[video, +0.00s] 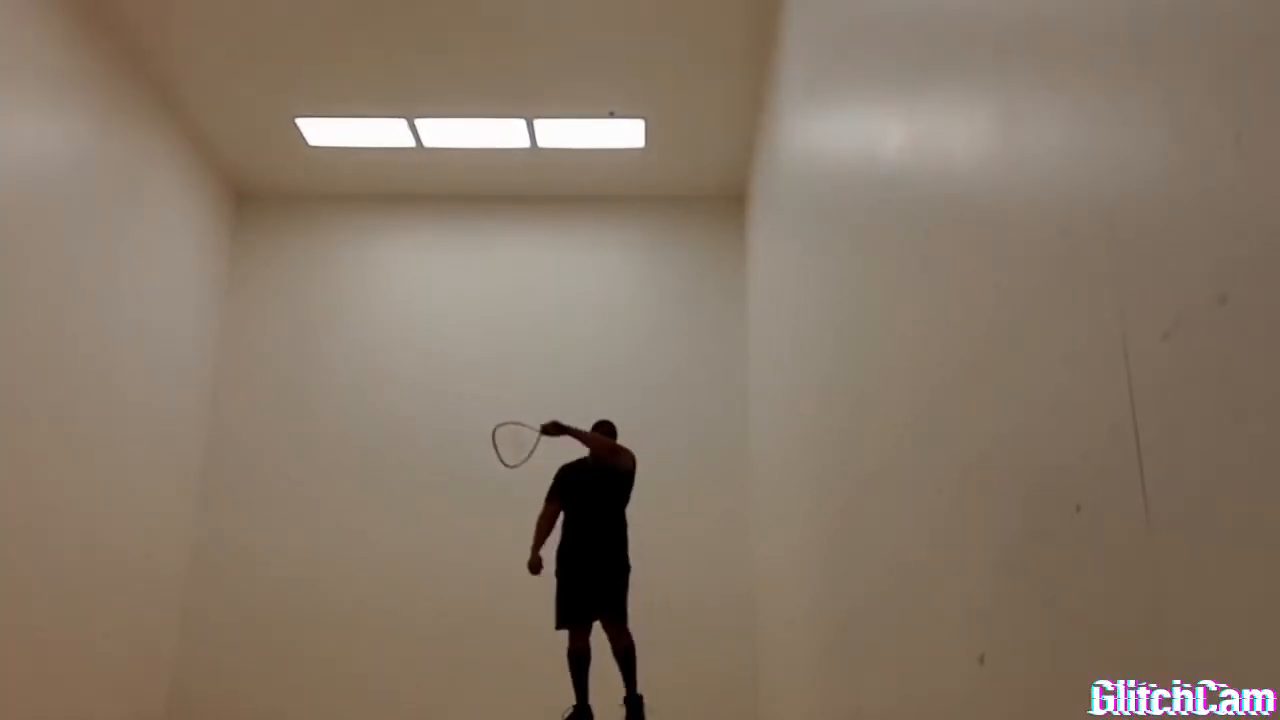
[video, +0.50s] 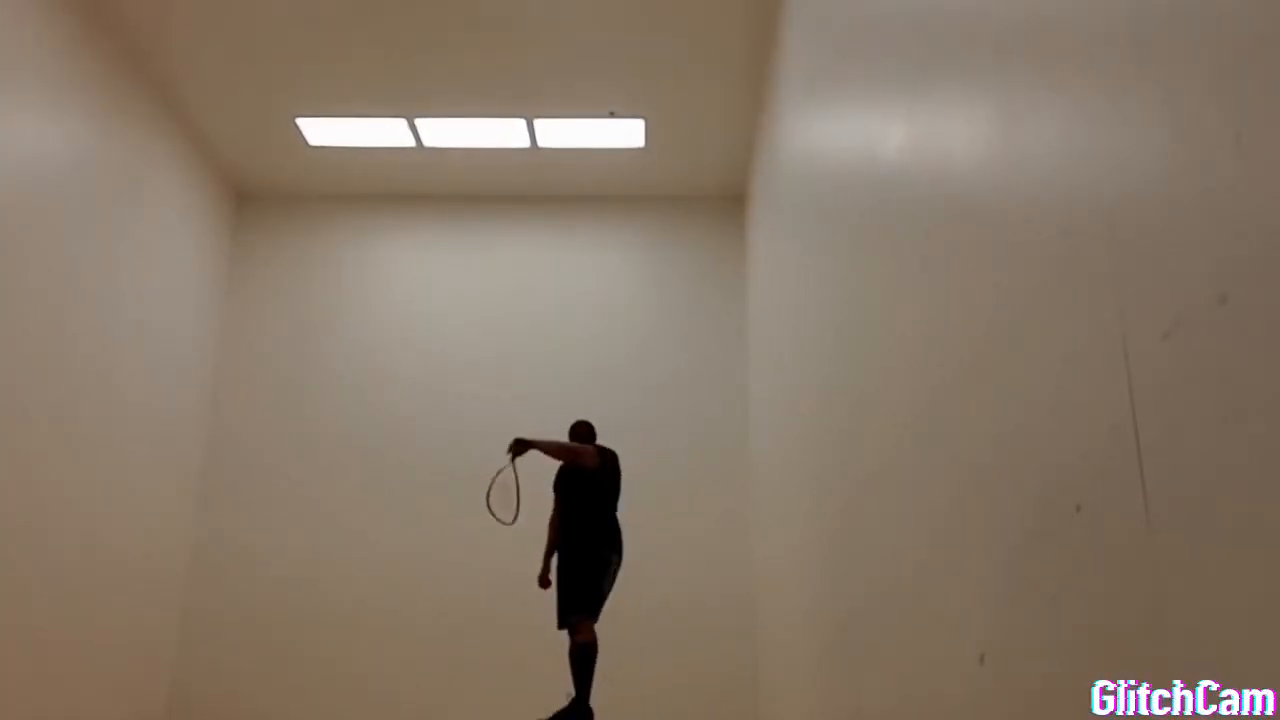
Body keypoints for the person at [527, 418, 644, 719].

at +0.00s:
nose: (601, 443)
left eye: (604, 438)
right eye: (599, 438)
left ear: (609, 441)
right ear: (593, 440)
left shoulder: (625, 465)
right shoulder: (568, 471)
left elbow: (606, 447)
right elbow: (550, 512)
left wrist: (566, 430)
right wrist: (535, 549)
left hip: (611, 559)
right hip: (574, 559)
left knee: (615, 626)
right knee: (578, 631)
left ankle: (632, 696)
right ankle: (581, 705)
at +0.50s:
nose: (577, 444)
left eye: (580, 439)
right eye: (575, 440)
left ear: (583, 439)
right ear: (582, 438)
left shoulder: (608, 459)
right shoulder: (564, 472)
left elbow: (574, 453)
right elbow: (557, 517)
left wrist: (531, 444)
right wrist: (546, 563)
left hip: (601, 548)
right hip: (572, 550)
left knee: (584, 623)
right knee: (576, 625)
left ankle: (582, 703)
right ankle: (580, 701)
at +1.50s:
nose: (561, 431)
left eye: (566, 425)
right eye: (556, 426)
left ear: (578, 425)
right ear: (553, 430)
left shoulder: (592, 453)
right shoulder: (565, 467)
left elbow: (590, 477)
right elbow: (569, 521)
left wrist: (564, 485)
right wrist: (565, 563)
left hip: (600, 546)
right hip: (577, 550)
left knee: (591, 624)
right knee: (578, 625)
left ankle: (620, 702)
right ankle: (579, 704)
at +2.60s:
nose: (582, 458)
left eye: (582, 453)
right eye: (582, 454)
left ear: (587, 447)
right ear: (601, 443)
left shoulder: (609, 460)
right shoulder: (601, 466)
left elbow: (608, 501)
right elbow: (576, 474)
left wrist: (591, 540)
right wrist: (550, 472)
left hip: (609, 552)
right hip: (614, 552)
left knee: (582, 624)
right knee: (606, 627)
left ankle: (577, 704)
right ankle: (622, 705)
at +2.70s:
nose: (576, 459)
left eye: (577, 454)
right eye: (576, 456)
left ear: (584, 448)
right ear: (596, 444)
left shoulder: (605, 459)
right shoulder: (599, 466)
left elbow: (605, 500)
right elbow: (576, 476)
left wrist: (585, 538)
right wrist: (550, 474)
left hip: (607, 551)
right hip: (613, 551)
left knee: (584, 626)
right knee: (606, 627)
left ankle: (578, 704)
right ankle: (623, 705)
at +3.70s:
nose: (557, 424)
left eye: (564, 420)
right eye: (557, 419)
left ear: (579, 423)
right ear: (561, 424)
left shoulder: (583, 455)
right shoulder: (571, 456)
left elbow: (571, 499)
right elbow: (566, 503)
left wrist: (533, 519)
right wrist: (534, 519)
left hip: (579, 552)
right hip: (568, 552)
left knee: (564, 621)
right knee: (547, 618)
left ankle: (580, 698)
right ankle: (580, 694)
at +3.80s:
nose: (557, 423)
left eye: (564, 418)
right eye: (557, 418)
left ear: (579, 422)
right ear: (560, 422)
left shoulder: (584, 455)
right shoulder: (567, 457)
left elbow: (573, 497)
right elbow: (564, 503)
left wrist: (534, 516)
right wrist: (534, 518)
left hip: (579, 552)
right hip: (561, 553)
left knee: (571, 623)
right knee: (543, 621)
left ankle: (578, 704)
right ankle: (552, 702)